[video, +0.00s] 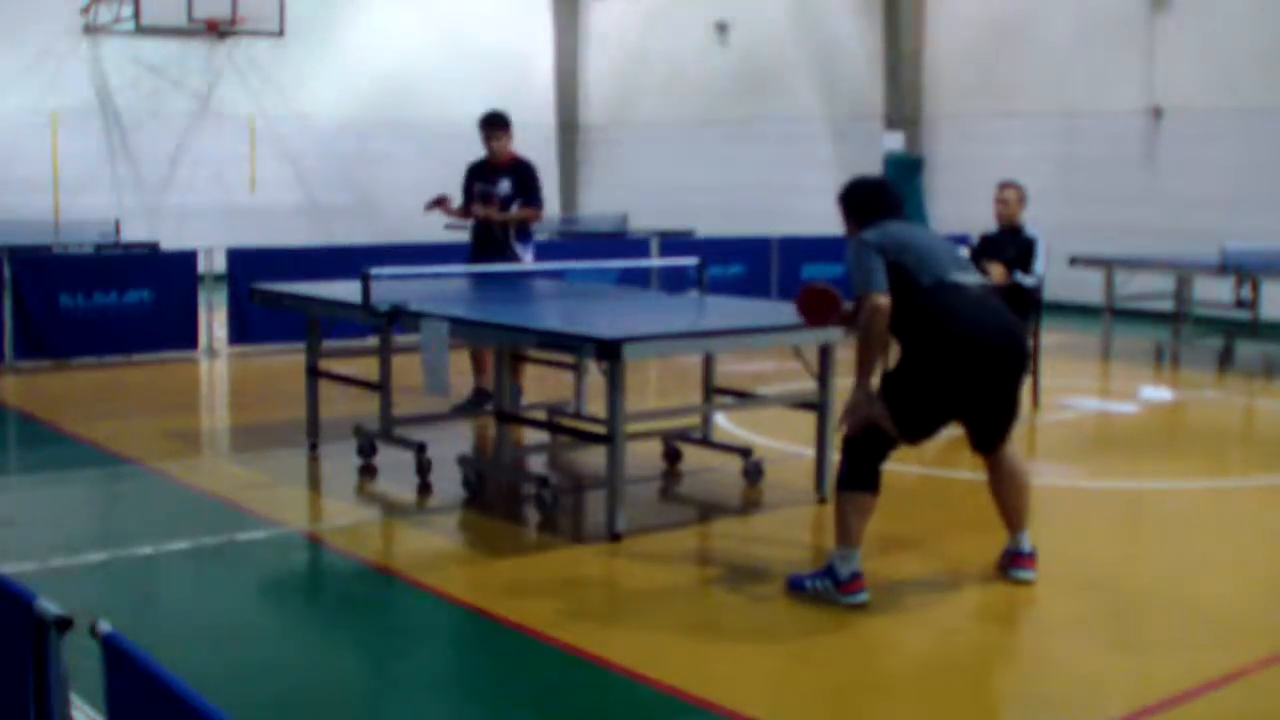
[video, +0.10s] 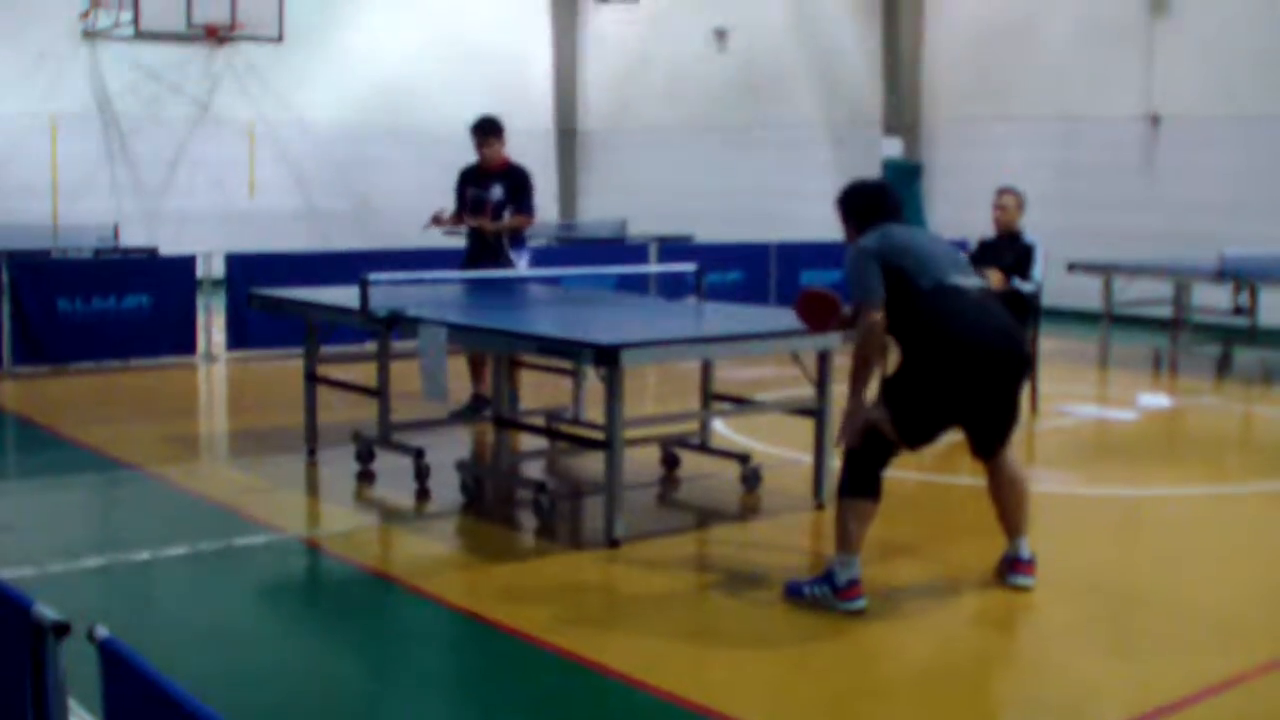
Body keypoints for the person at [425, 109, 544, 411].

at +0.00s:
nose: (494, 144)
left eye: (499, 138)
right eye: (489, 138)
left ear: (509, 137)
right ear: (482, 138)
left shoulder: (523, 170)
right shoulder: (475, 171)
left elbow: (534, 212)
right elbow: (470, 212)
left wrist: (499, 216)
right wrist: (448, 210)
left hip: (514, 260)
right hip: (481, 259)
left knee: (514, 328)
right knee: (478, 327)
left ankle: (513, 389)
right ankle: (482, 388)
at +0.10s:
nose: (484, 151)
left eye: (489, 144)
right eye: (479, 145)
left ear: (501, 142)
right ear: (474, 145)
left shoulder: (517, 176)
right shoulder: (468, 176)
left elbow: (525, 218)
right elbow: (463, 217)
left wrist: (493, 226)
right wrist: (446, 221)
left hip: (507, 264)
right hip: (475, 263)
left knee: (508, 333)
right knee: (474, 333)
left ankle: (510, 396)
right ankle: (479, 394)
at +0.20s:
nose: (480, 142)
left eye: (485, 135)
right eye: (475, 136)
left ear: (498, 133)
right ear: (470, 136)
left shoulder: (513, 165)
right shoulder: (464, 165)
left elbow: (518, 210)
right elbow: (457, 208)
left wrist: (487, 220)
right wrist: (442, 214)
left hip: (506, 252)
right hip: (474, 252)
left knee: (506, 320)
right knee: (475, 321)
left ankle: (510, 382)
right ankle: (481, 383)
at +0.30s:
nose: (472, 145)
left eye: (478, 138)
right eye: (468, 138)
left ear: (492, 134)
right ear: (464, 138)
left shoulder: (509, 165)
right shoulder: (461, 165)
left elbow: (516, 210)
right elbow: (455, 204)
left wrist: (484, 223)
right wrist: (441, 214)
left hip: (506, 250)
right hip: (475, 250)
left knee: (506, 319)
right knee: (476, 320)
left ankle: (509, 380)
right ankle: (481, 381)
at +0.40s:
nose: (464, 153)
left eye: (467, 147)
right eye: (461, 148)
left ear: (482, 142)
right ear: (459, 145)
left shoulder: (505, 168)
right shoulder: (460, 168)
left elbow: (513, 215)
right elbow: (456, 205)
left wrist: (482, 231)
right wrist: (441, 217)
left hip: (506, 255)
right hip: (476, 255)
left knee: (506, 325)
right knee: (478, 324)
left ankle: (508, 387)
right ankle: (481, 382)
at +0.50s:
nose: (457, 168)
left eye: (461, 162)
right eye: (454, 163)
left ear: (476, 154)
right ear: (454, 158)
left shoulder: (501, 175)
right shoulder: (460, 173)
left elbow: (508, 225)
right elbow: (460, 209)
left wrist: (473, 240)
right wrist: (444, 223)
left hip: (512, 256)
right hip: (484, 256)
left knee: (508, 326)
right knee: (483, 325)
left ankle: (509, 388)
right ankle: (483, 383)